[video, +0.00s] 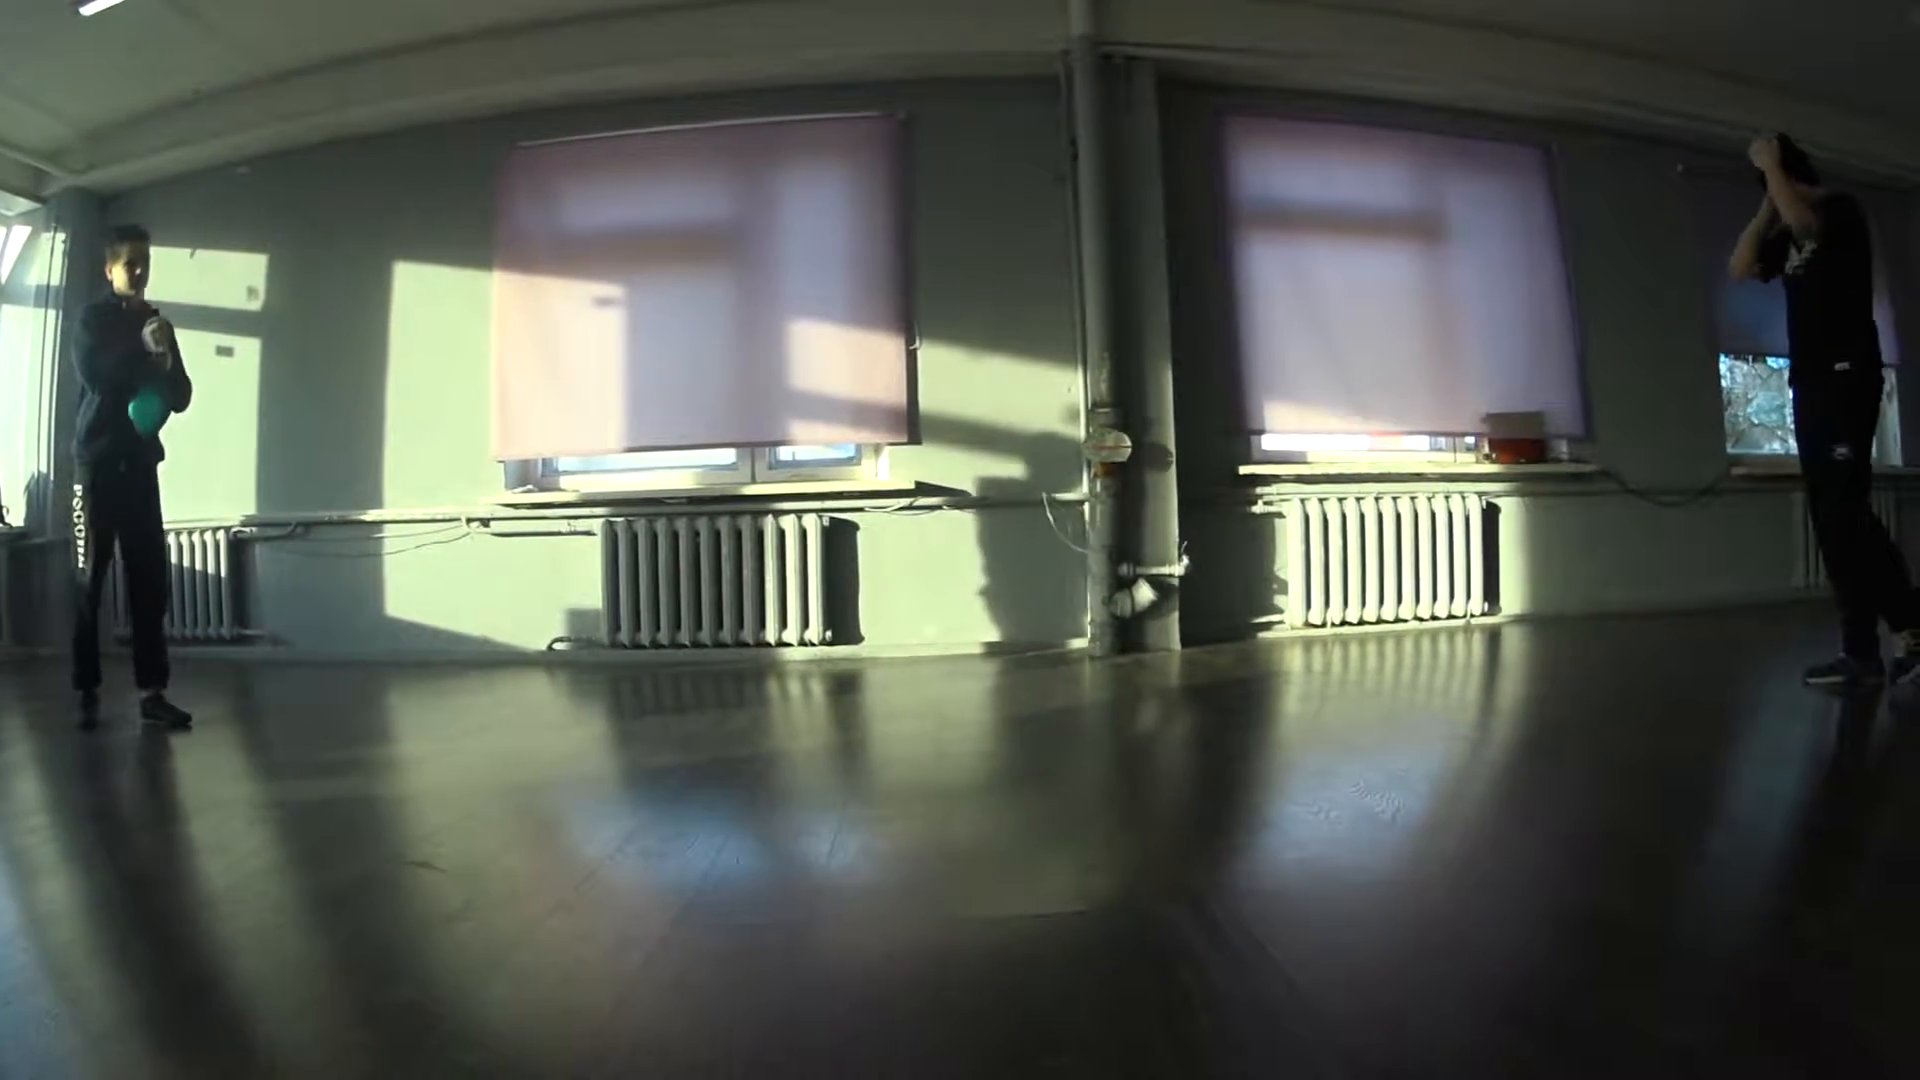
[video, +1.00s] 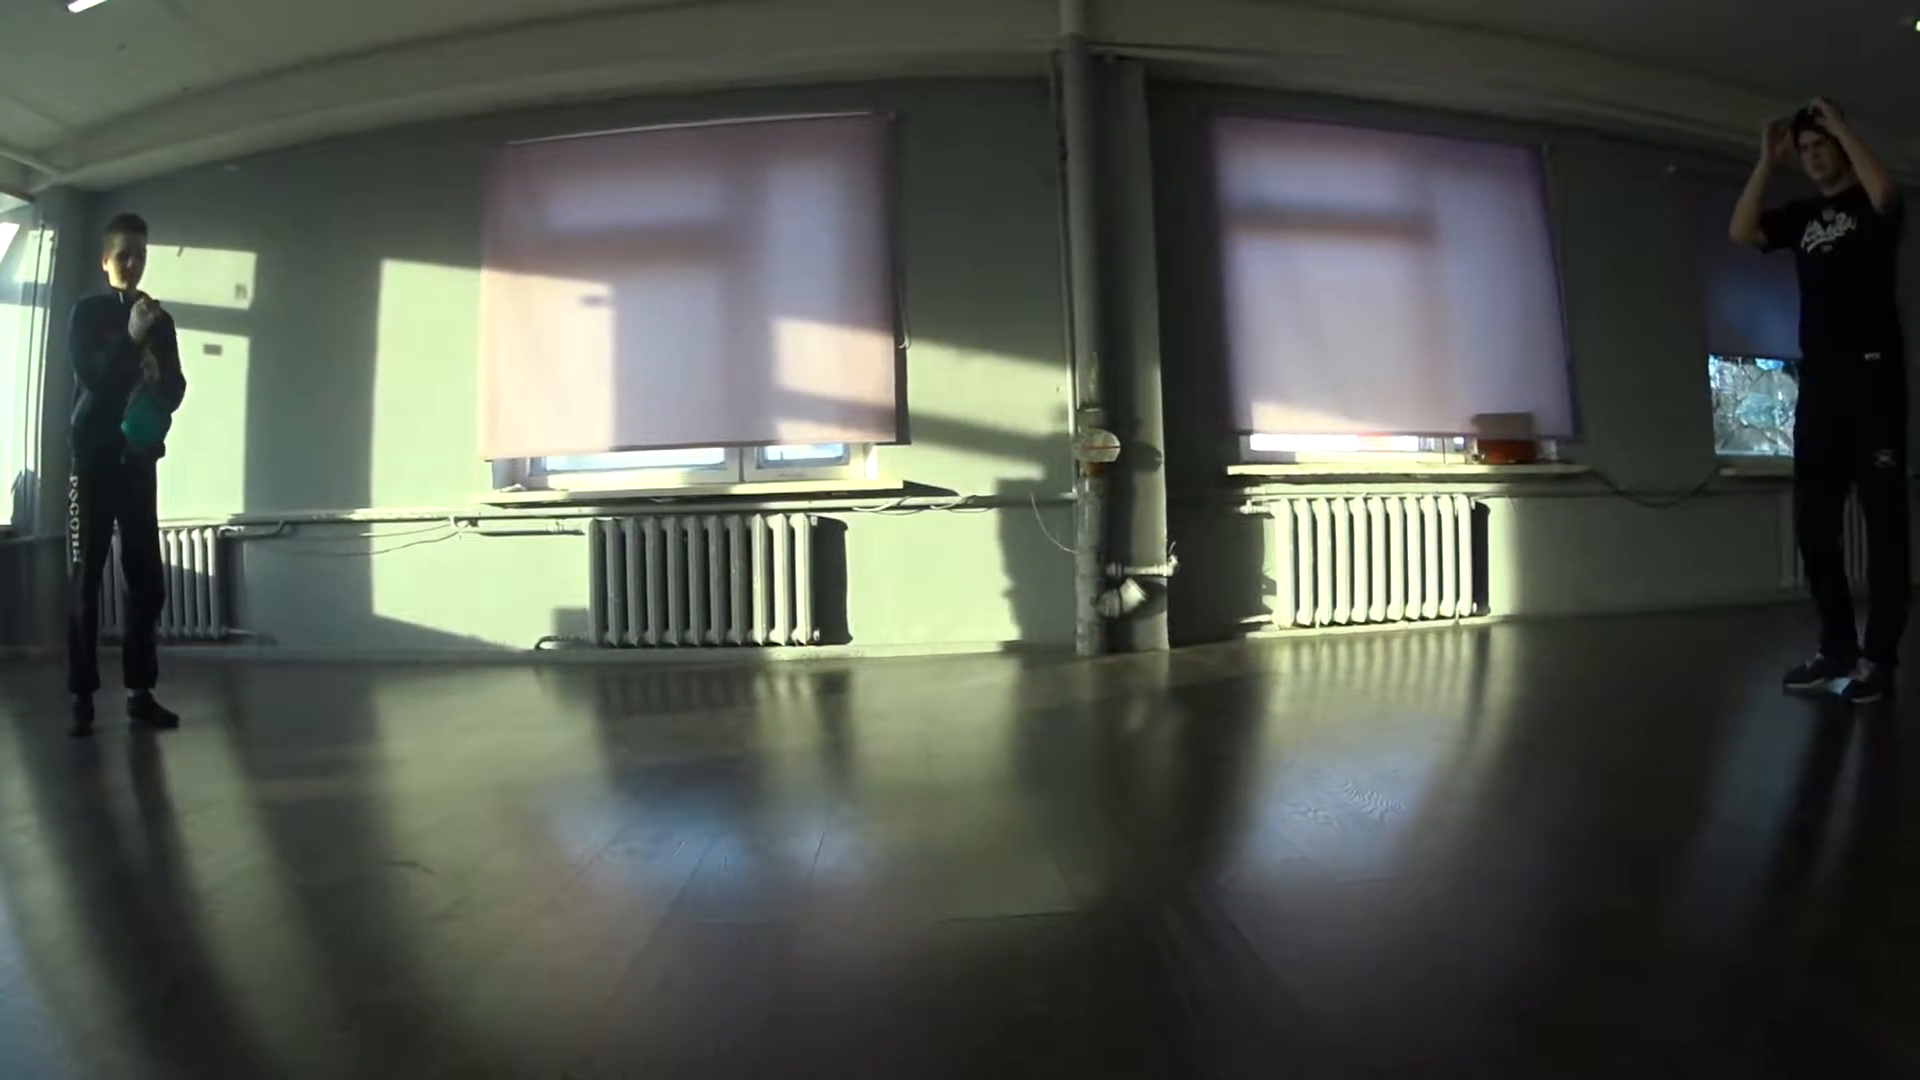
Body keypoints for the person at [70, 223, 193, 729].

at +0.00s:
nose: (137, 272)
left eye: (142, 264)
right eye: (128, 264)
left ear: (148, 268)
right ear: (108, 267)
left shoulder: (157, 324)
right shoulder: (91, 318)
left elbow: (181, 398)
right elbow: (99, 375)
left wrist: (164, 357)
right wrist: (149, 350)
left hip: (141, 460)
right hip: (97, 459)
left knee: (149, 575)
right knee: (91, 574)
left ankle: (152, 694)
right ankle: (87, 692)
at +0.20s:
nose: (149, 271)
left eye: (155, 263)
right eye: (141, 262)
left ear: (161, 266)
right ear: (121, 265)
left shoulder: (167, 320)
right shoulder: (106, 313)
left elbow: (200, 388)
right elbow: (113, 370)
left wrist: (180, 350)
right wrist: (165, 353)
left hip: (151, 458)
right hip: (108, 456)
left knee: (159, 575)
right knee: (101, 572)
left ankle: (151, 694)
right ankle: (86, 694)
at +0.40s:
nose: (151, 269)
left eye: (158, 261)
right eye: (142, 261)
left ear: (164, 263)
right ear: (123, 263)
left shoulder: (173, 320)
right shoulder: (107, 311)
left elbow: (212, 381)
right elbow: (108, 368)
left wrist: (185, 341)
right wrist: (170, 350)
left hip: (154, 458)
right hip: (107, 456)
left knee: (158, 576)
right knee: (101, 572)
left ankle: (150, 697)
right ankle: (92, 698)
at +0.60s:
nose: (144, 266)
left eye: (151, 259)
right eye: (135, 258)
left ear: (158, 261)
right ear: (116, 261)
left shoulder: (166, 317)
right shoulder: (101, 310)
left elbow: (198, 386)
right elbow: (103, 370)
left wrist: (189, 352)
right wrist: (153, 342)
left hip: (149, 458)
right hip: (103, 456)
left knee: (155, 578)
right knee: (97, 573)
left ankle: (147, 697)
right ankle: (89, 699)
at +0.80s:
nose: (136, 265)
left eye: (143, 257)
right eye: (127, 257)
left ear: (151, 260)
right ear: (109, 260)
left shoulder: (161, 318)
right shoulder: (94, 310)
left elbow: (186, 392)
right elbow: (96, 373)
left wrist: (166, 347)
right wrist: (144, 342)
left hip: (143, 457)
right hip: (97, 455)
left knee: (149, 575)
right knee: (91, 573)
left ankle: (144, 696)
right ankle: (85, 699)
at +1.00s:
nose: (131, 263)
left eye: (138, 255)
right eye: (122, 255)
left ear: (146, 258)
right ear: (104, 260)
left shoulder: (159, 318)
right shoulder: (89, 311)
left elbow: (176, 391)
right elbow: (93, 376)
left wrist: (157, 380)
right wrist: (133, 335)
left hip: (139, 455)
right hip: (92, 452)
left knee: (146, 575)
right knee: (87, 573)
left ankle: (140, 693)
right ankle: (82, 697)